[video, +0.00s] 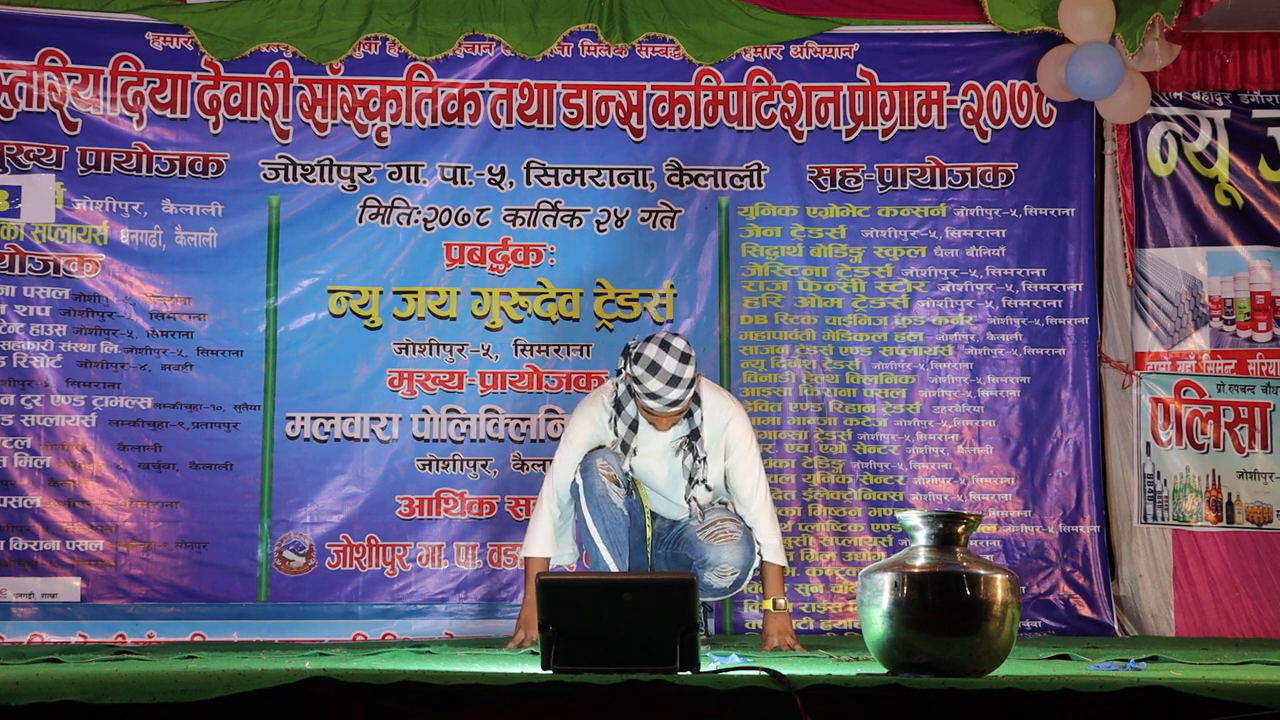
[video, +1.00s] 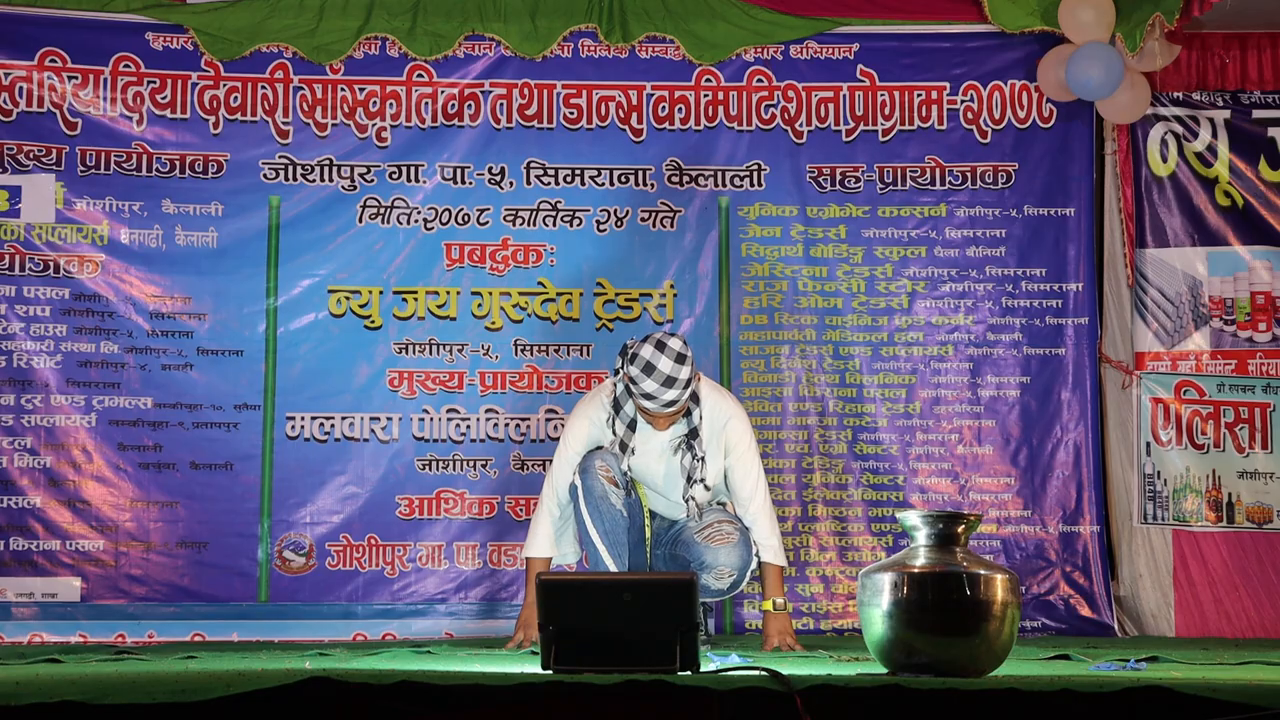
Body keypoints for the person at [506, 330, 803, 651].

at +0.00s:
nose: (663, 421)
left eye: (673, 411)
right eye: (652, 411)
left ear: (690, 390)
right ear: (632, 391)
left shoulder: (725, 415)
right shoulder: (596, 411)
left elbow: (759, 506)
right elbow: (552, 500)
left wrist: (776, 606)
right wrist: (531, 600)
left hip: (691, 539)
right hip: (627, 535)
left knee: (731, 550)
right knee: (596, 465)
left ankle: (692, 608)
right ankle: (624, 603)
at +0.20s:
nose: (662, 421)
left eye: (672, 412)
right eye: (651, 412)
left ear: (689, 390)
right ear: (631, 391)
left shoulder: (725, 414)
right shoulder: (596, 410)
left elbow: (759, 506)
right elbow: (552, 499)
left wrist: (776, 606)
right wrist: (532, 600)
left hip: (692, 538)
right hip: (628, 535)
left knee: (731, 550)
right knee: (595, 466)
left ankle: (693, 608)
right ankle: (623, 604)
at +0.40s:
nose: (662, 420)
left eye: (673, 410)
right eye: (652, 411)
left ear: (689, 389)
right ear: (631, 391)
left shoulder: (725, 414)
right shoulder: (595, 410)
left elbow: (758, 506)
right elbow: (552, 500)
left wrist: (776, 606)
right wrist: (532, 600)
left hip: (692, 538)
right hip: (627, 535)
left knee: (729, 550)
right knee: (595, 466)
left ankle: (692, 608)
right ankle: (623, 604)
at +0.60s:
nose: (661, 420)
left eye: (671, 410)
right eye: (650, 411)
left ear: (688, 389)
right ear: (630, 392)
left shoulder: (725, 414)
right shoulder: (594, 411)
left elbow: (758, 506)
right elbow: (552, 500)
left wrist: (775, 606)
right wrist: (532, 600)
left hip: (691, 538)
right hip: (628, 535)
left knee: (729, 550)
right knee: (595, 466)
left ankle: (691, 609)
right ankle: (622, 604)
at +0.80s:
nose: (660, 420)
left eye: (670, 411)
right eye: (649, 411)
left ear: (689, 389)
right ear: (630, 392)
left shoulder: (725, 414)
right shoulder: (594, 411)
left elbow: (758, 506)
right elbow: (552, 501)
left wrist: (775, 606)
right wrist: (532, 600)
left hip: (691, 538)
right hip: (628, 535)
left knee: (728, 549)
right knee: (595, 466)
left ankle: (692, 609)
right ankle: (622, 604)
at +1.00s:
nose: (660, 421)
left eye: (671, 412)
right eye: (649, 412)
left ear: (688, 390)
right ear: (630, 393)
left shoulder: (725, 414)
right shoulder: (594, 411)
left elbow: (757, 506)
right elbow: (552, 501)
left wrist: (775, 606)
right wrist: (532, 600)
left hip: (691, 538)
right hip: (627, 534)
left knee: (728, 550)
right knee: (595, 466)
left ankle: (690, 608)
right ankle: (622, 604)